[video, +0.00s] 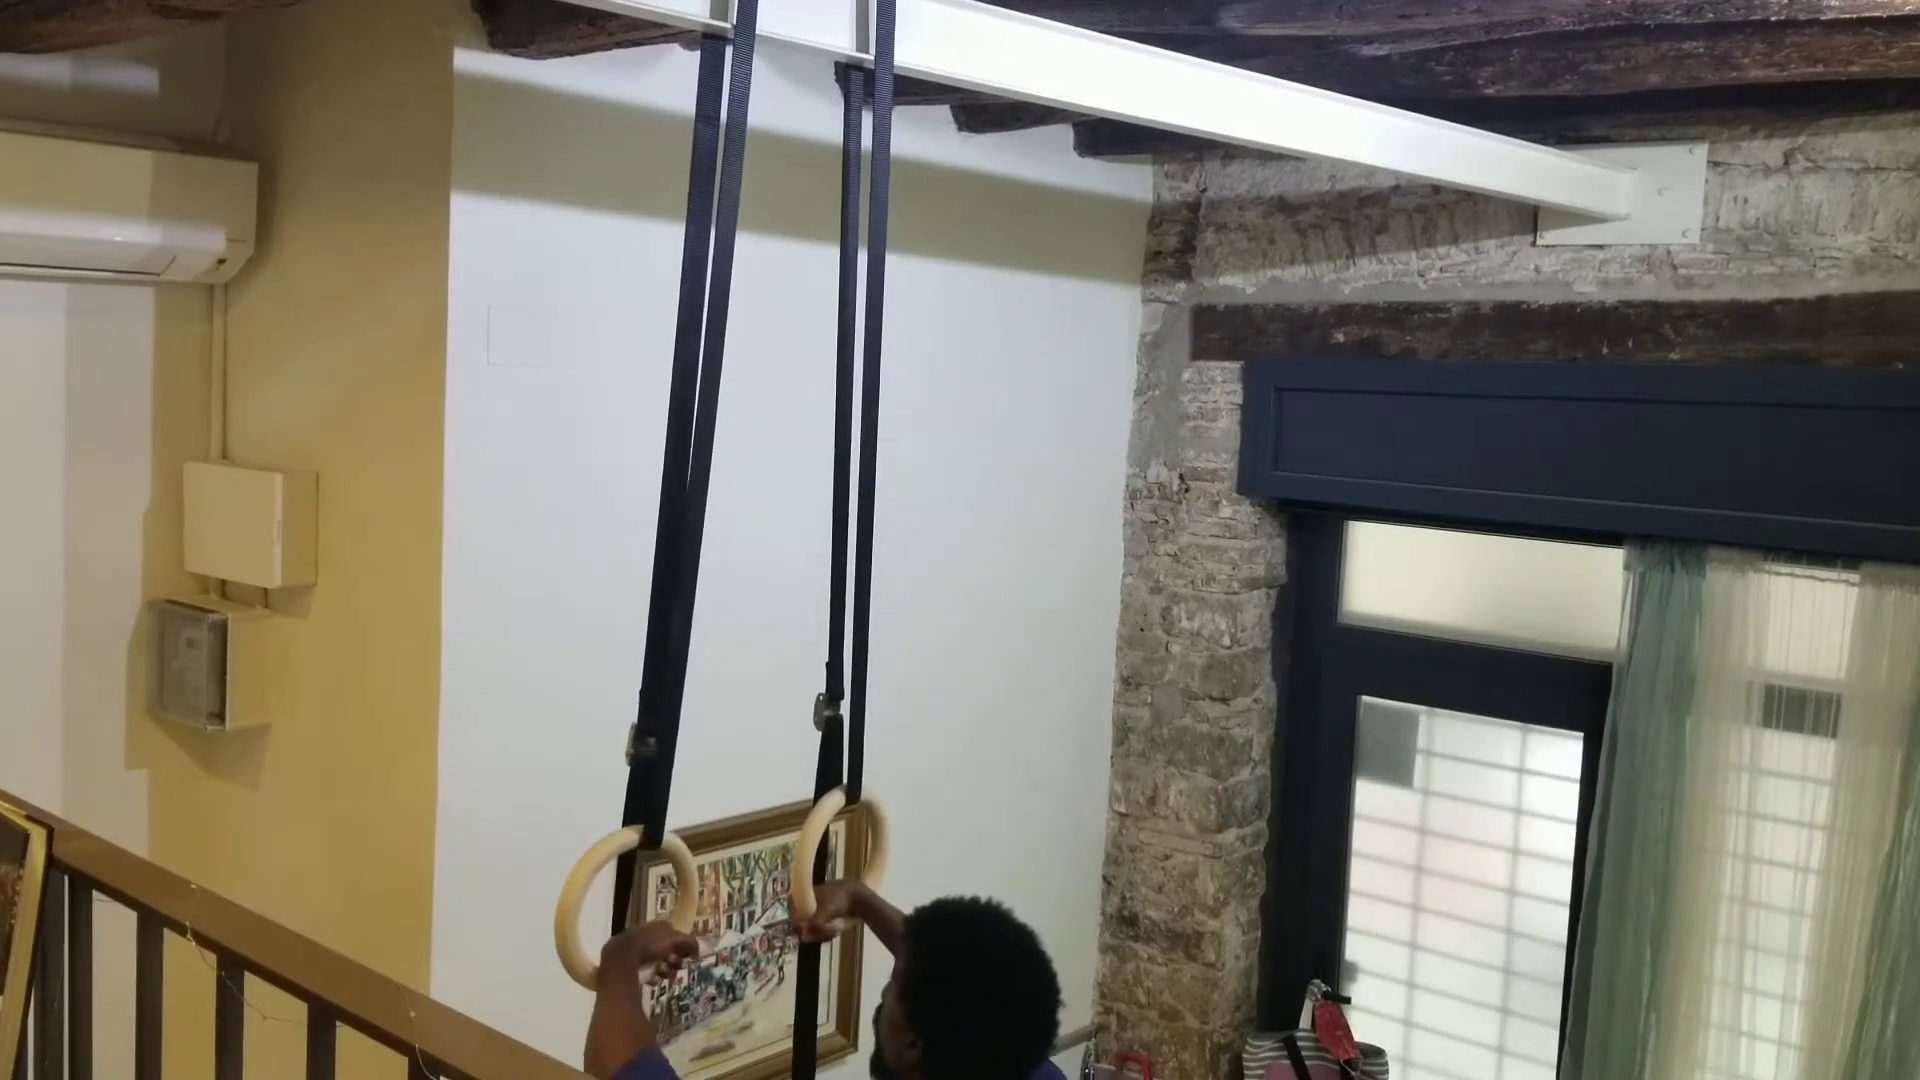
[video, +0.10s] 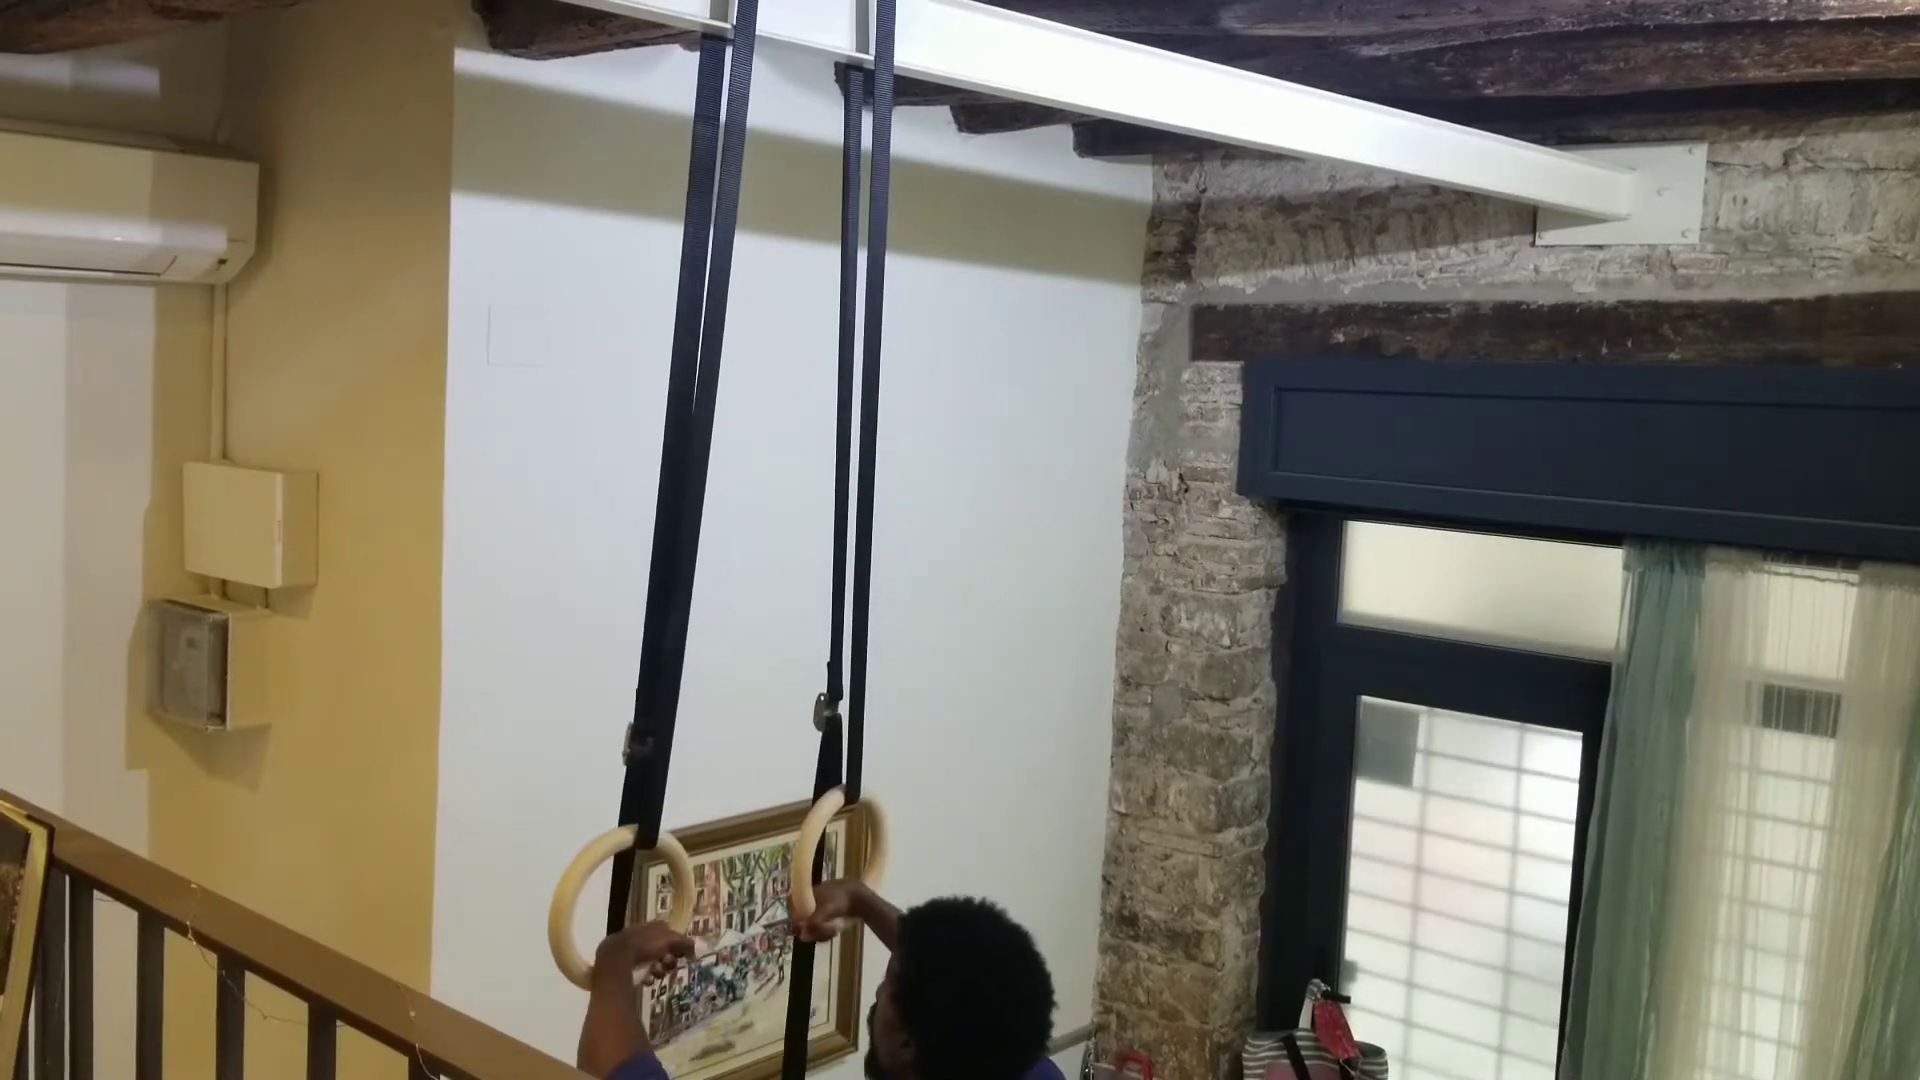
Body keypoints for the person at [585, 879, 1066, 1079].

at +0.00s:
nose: (888, 987)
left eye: (896, 986)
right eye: (898, 979)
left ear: (908, 1040)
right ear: (1012, 1023)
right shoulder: (1027, 1069)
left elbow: (621, 1062)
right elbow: (973, 996)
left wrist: (619, 964)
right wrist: (865, 900)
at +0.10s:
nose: (881, 990)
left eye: (889, 988)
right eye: (892, 982)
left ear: (903, 1038)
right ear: (1011, 1020)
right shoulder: (1026, 1069)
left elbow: (614, 1060)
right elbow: (977, 992)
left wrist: (613, 965)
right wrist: (865, 900)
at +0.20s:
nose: (876, 994)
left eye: (885, 991)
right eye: (885, 984)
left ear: (899, 1040)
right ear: (1009, 1019)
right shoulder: (1024, 1068)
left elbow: (609, 1060)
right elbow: (978, 990)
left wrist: (611, 966)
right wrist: (868, 902)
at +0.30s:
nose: (872, 993)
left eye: (880, 990)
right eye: (882, 982)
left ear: (894, 1040)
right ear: (1007, 1015)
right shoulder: (1026, 1068)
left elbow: (610, 1060)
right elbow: (980, 993)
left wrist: (611, 964)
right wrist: (873, 903)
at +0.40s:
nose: (865, 987)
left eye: (874, 984)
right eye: (876, 976)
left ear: (889, 1036)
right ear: (1007, 1002)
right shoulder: (1025, 1063)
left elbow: (610, 1066)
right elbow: (984, 984)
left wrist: (612, 966)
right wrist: (882, 901)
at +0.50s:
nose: (856, 972)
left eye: (865, 975)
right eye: (868, 962)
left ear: (882, 1032)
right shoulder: (1016, 1056)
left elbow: (605, 1068)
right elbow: (991, 974)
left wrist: (614, 966)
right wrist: (890, 902)